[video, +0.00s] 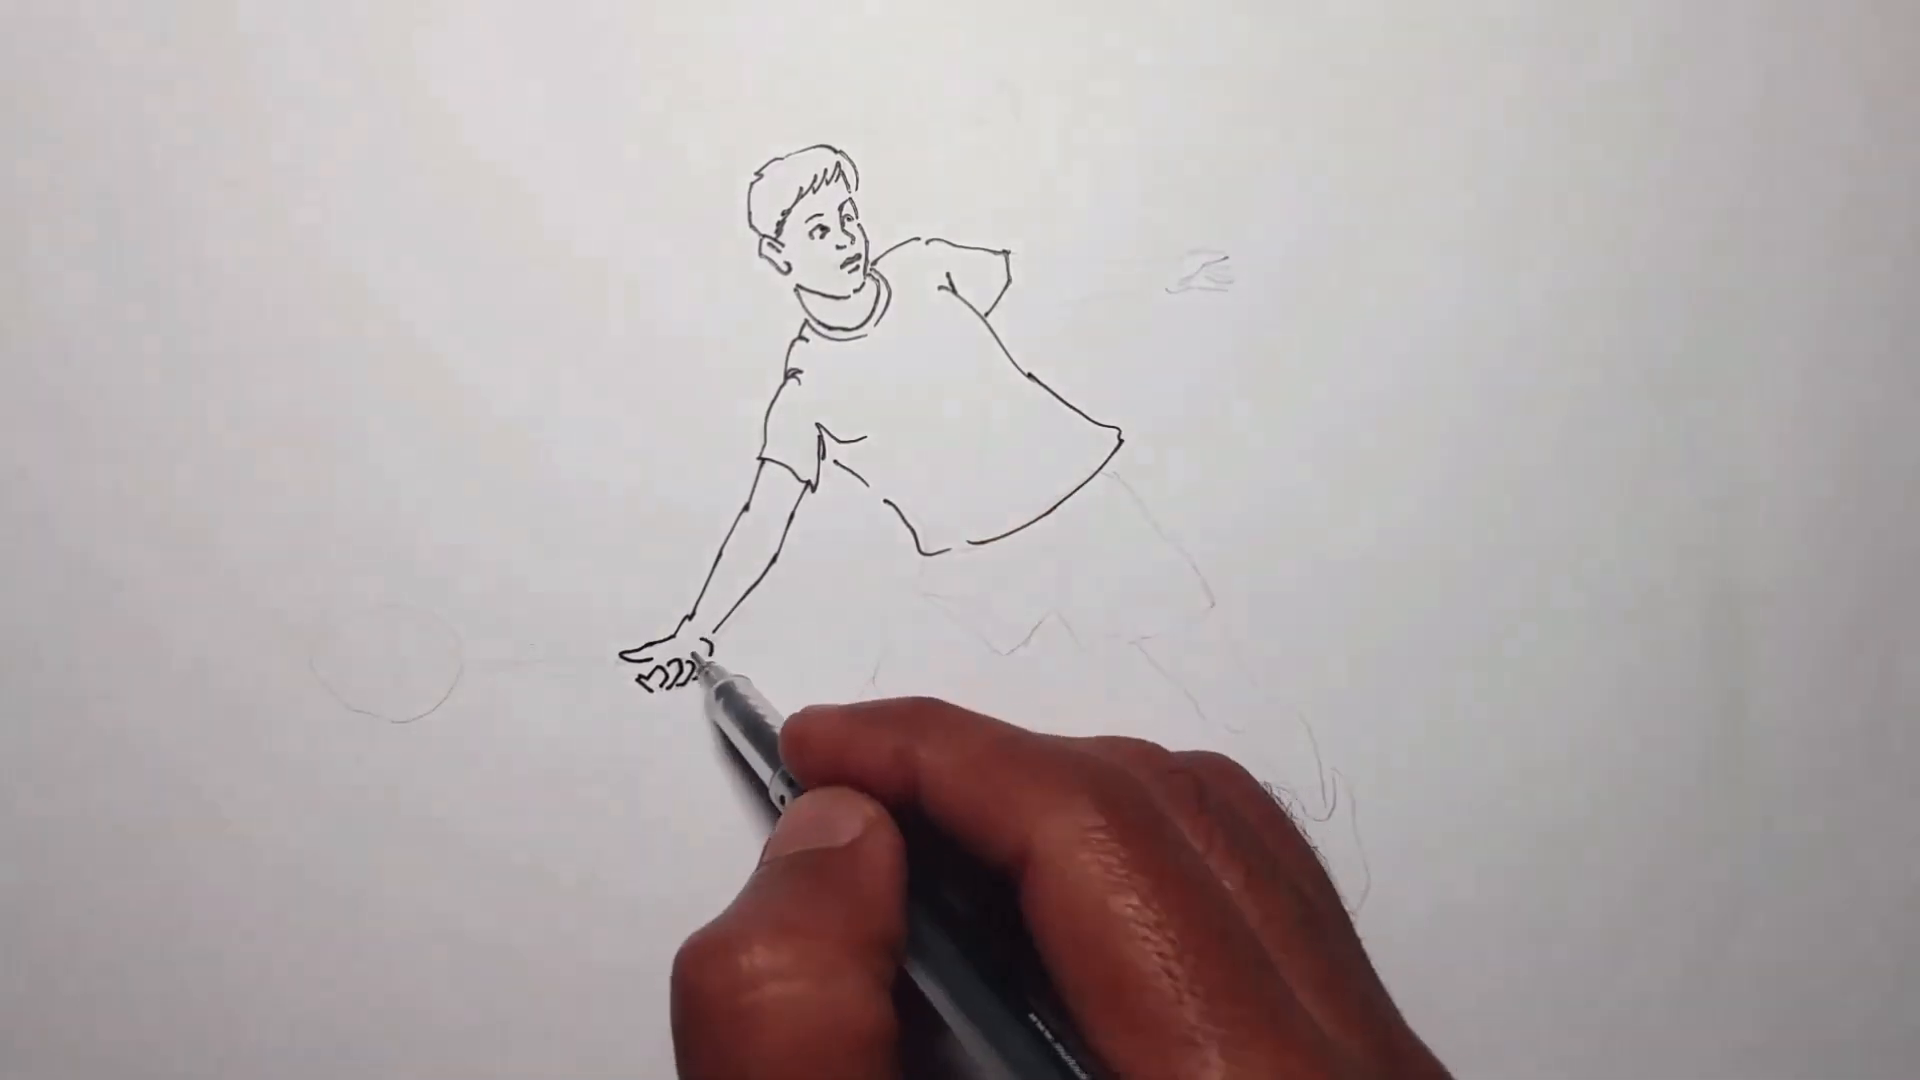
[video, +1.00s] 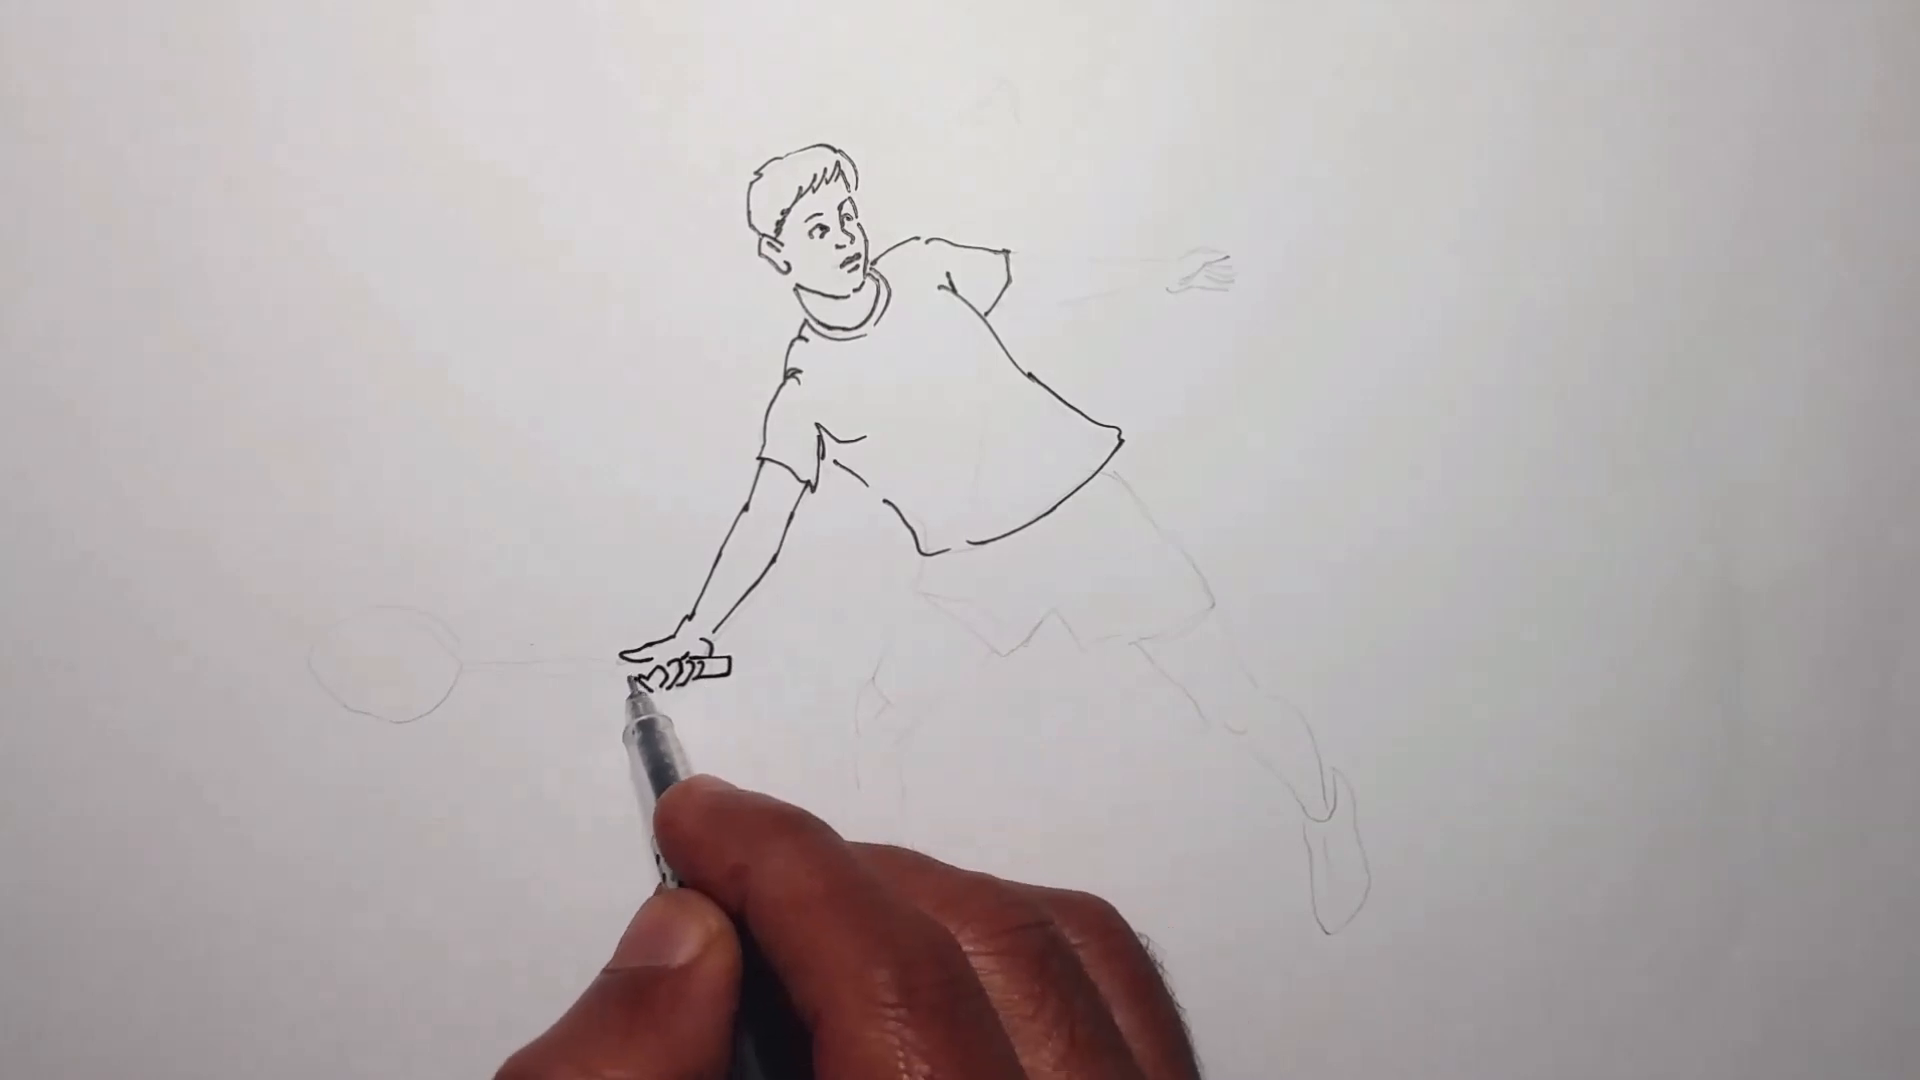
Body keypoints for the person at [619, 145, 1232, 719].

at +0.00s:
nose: (843, 241)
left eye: (844, 215)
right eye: (814, 230)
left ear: (859, 210)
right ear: (775, 257)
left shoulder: (928, 264)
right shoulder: (805, 404)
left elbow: (1062, 278)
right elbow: (760, 528)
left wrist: (1170, 287)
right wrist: (696, 632)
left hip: (1102, 505)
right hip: (981, 576)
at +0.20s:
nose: (835, 242)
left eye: (838, 212)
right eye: (804, 231)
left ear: (860, 208)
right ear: (774, 258)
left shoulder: (934, 282)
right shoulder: (805, 388)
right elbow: (764, 518)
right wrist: (695, 629)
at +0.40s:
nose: (835, 241)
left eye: (839, 214)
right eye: (806, 233)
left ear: (862, 210)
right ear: (776, 260)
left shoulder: (939, 278)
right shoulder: (805, 391)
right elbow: (760, 525)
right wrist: (695, 631)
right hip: (962, 591)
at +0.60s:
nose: (835, 243)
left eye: (839, 214)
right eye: (804, 233)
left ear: (862, 209)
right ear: (774, 260)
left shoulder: (939, 276)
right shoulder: (803, 393)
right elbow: (759, 527)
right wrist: (692, 631)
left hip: (1092, 518)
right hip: (961, 585)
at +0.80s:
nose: (835, 242)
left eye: (839, 214)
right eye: (806, 232)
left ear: (862, 211)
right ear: (776, 259)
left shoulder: (940, 276)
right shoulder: (806, 391)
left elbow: (1058, 273)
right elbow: (762, 524)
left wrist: (1177, 282)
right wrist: (699, 627)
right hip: (959, 589)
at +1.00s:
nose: (833, 243)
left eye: (837, 215)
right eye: (805, 233)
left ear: (861, 211)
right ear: (775, 259)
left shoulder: (937, 272)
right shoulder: (805, 392)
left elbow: (1066, 274)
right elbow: (762, 522)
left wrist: (1179, 282)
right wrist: (700, 627)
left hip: (1094, 516)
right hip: (967, 585)